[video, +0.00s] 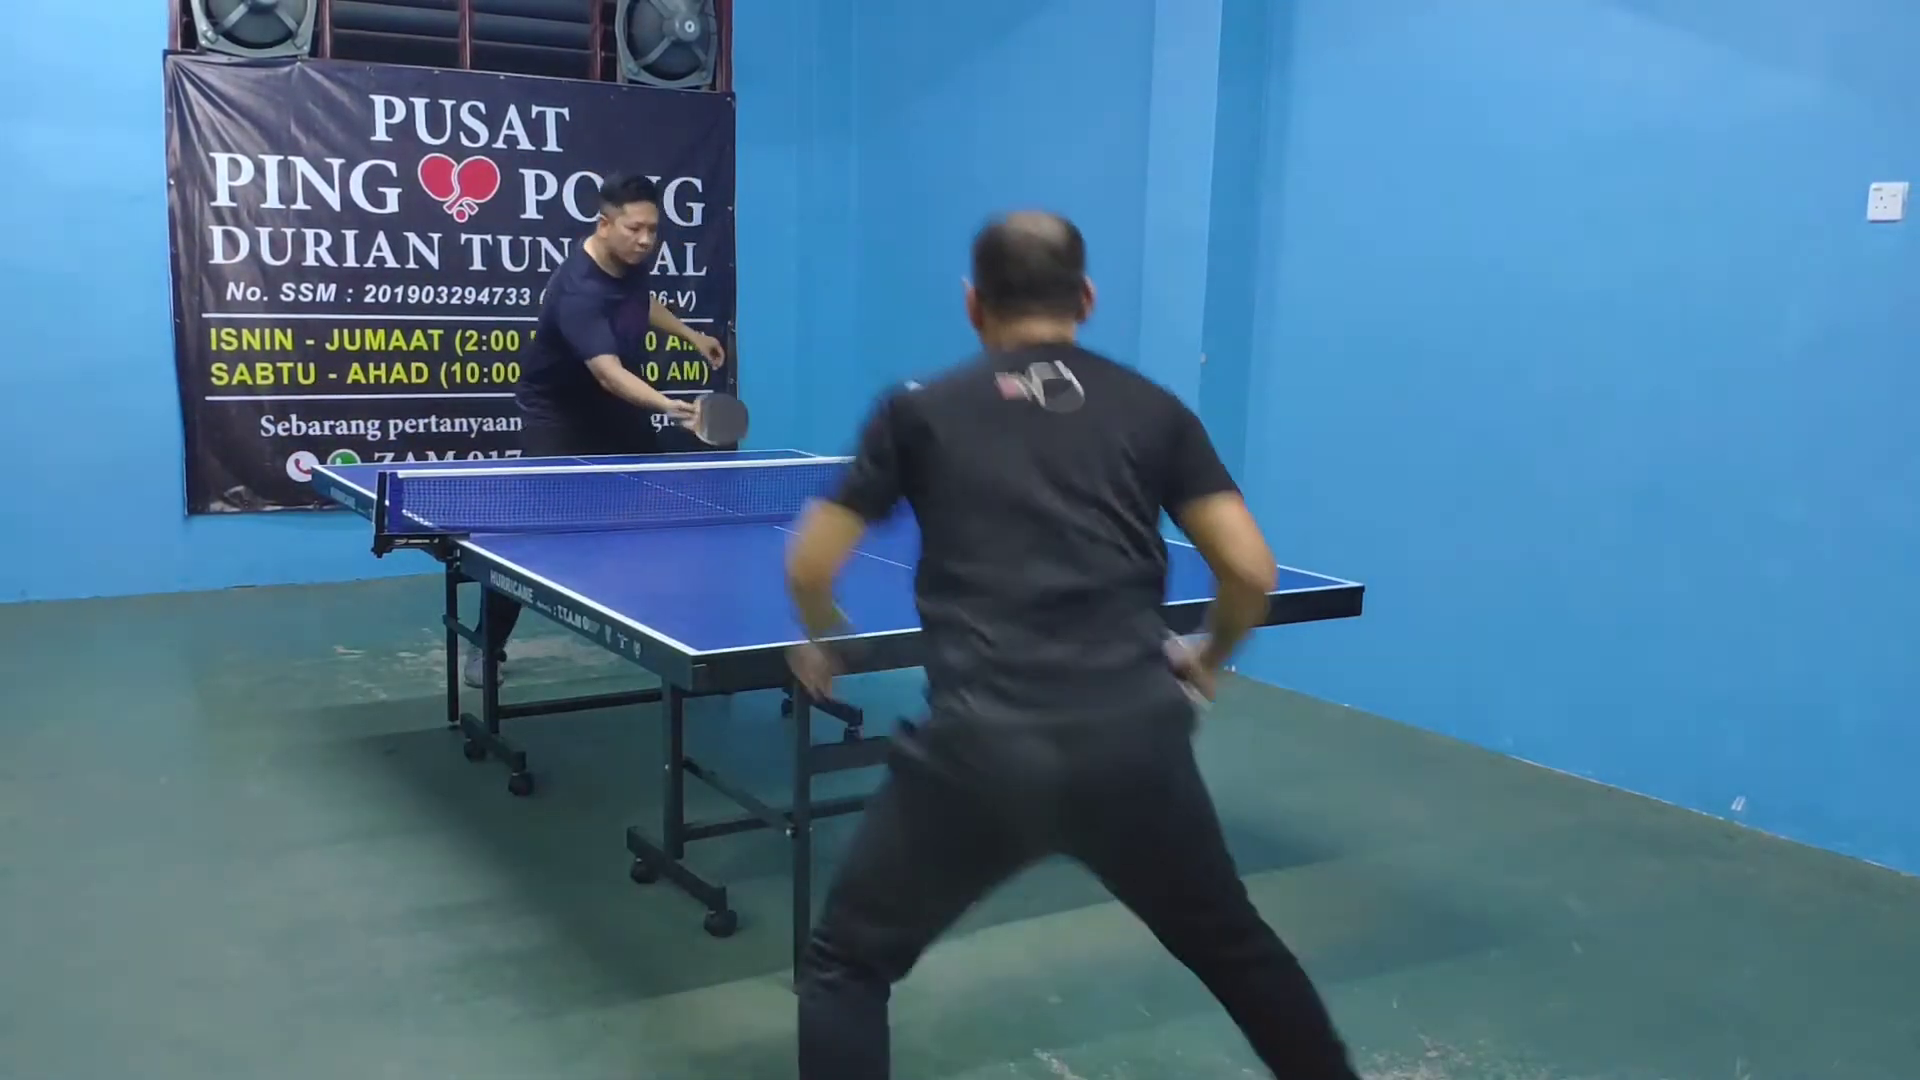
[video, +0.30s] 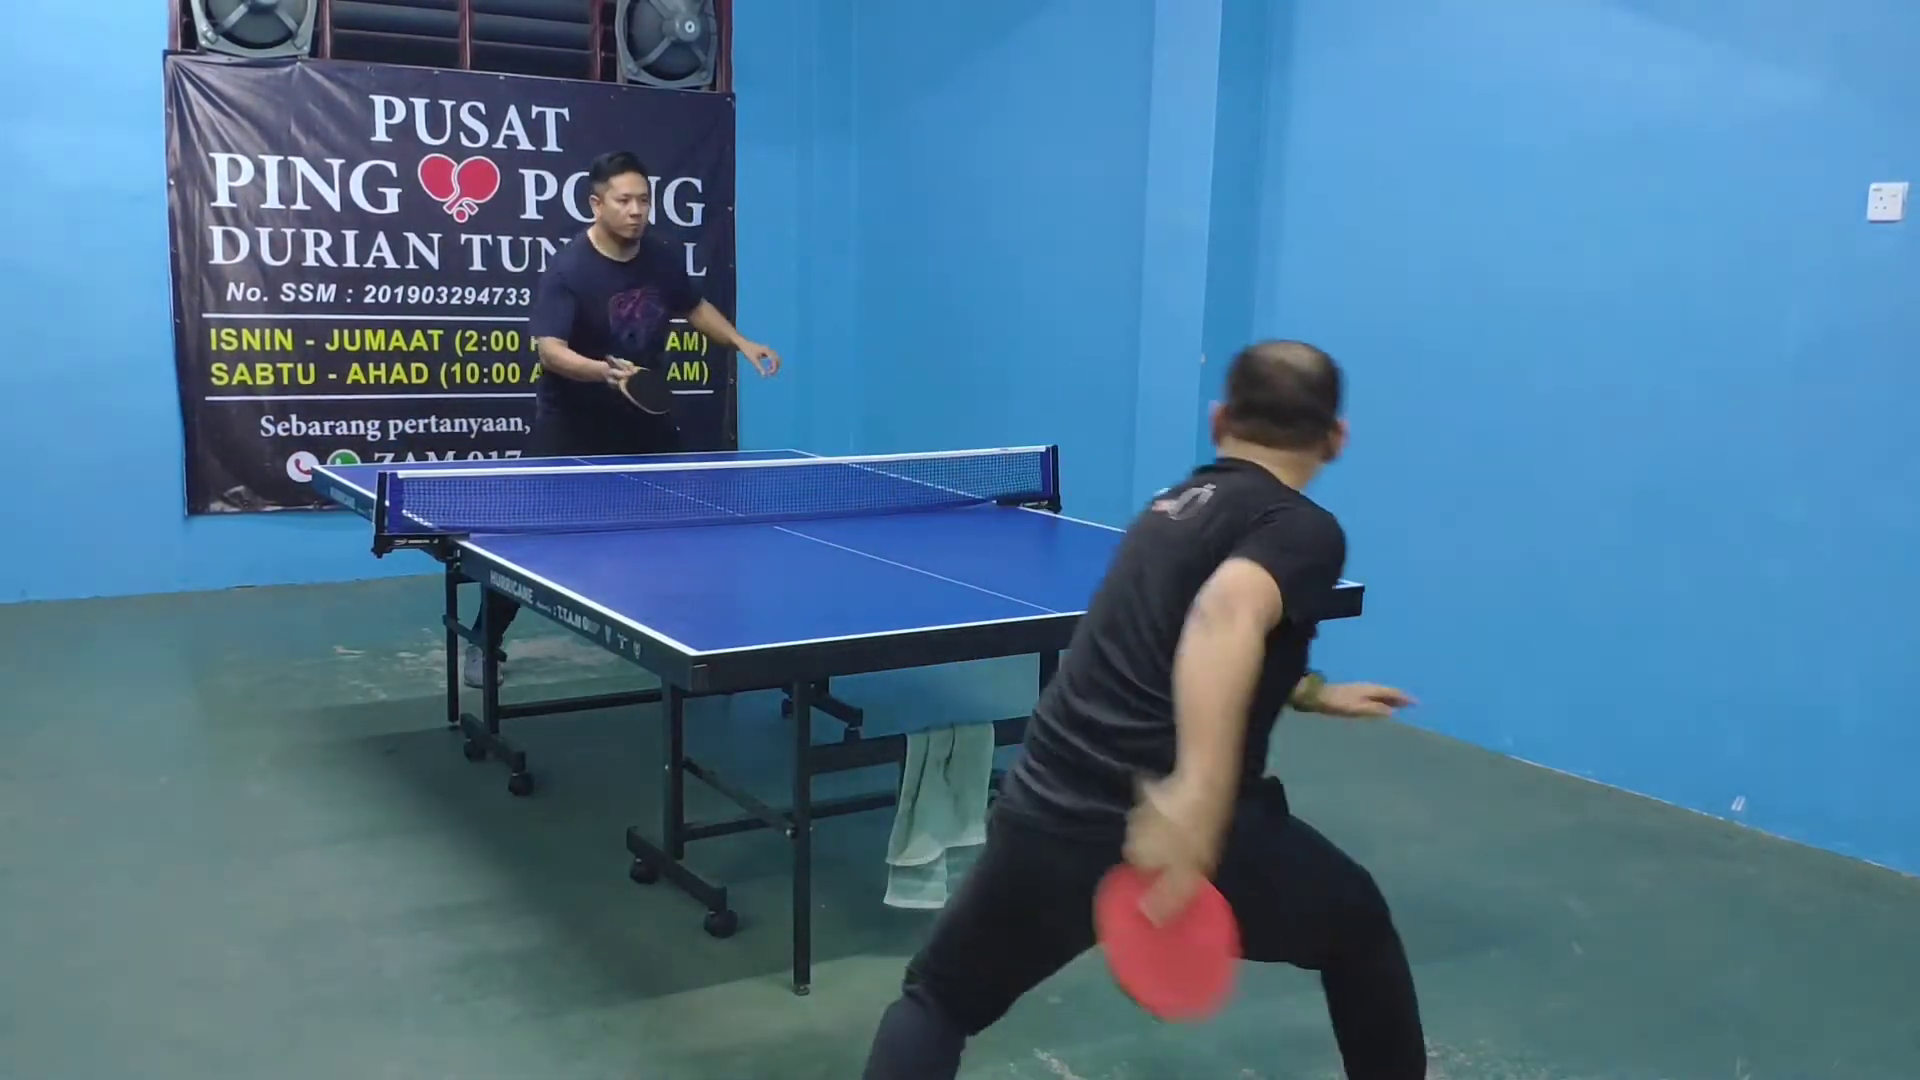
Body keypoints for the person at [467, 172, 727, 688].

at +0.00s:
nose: (645, 241)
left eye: (652, 231)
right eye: (635, 229)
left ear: (658, 229)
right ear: (603, 223)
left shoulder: (630, 262)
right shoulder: (578, 288)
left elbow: (640, 305)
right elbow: (609, 373)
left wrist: (691, 336)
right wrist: (671, 405)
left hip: (617, 410)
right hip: (558, 416)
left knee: (667, 500)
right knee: (537, 524)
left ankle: (684, 632)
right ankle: (490, 644)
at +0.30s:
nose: (637, 210)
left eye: (643, 199)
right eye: (625, 200)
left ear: (649, 203)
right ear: (595, 203)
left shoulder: (659, 258)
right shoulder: (567, 268)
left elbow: (694, 307)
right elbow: (550, 350)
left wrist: (742, 342)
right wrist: (601, 369)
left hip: (646, 419)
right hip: (575, 424)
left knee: (692, 513)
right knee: (536, 524)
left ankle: (702, 633)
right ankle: (488, 634)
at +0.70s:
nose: (610, 207)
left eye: (616, 197)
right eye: (597, 198)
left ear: (623, 201)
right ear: (572, 204)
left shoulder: (647, 260)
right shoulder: (545, 269)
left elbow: (688, 320)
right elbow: (508, 341)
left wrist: (715, 340)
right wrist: (549, 383)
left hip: (647, 427)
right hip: (566, 432)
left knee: (692, 516)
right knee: (522, 529)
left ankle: (702, 640)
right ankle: (485, 638)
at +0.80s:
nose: (593, 204)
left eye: (601, 194)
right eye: (581, 195)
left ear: (614, 200)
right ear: (560, 201)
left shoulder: (639, 257)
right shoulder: (535, 263)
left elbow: (677, 315)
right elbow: (486, 330)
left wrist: (711, 338)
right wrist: (512, 364)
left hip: (635, 424)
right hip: (559, 426)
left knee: (656, 526)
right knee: (516, 526)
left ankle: (673, 637)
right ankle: (478, 634)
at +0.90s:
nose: (555, 210)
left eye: (564, 200)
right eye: (545, 201)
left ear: (584, 204)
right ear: (532, 206)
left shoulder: (622, 255)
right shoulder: (512, 268)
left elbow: (667, 308)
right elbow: (453, 322)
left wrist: (710, 346)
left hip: (623, 417)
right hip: (546, 420)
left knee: (657, 519)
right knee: (494, 511)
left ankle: (681, 638)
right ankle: (455, 626)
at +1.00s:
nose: (505, 221)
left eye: (515, 210)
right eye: (495, 211)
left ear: (536, 210)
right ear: (483, 216)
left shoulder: (582, 257)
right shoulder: (467, 284)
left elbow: (630, 298)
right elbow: (408, 334)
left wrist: (681, 349)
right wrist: (365, 386)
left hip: (605, 427)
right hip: (521, 434)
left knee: (663, 522)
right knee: (471, 524)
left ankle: (695, 639)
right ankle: (436, 636)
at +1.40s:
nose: (530, 187)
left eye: (537, 177)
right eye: (517, 178)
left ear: (550, 185)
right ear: (498, 189)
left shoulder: (590, 245)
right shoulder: (480, 265)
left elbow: (639, 297)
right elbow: (449, 341)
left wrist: (668, 342)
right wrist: (426, 415)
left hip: (604, 417)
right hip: (525, 422)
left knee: (652, 518)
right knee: (483, 517)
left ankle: (684, 639)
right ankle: (440, 634)